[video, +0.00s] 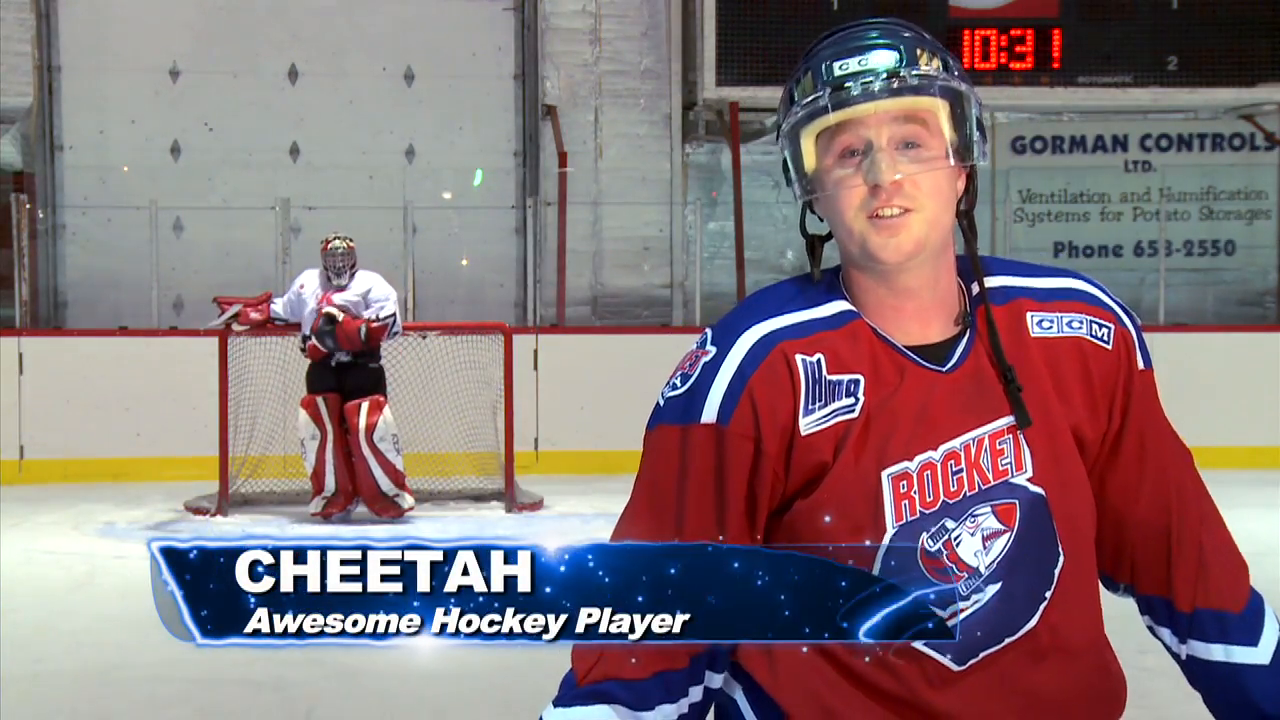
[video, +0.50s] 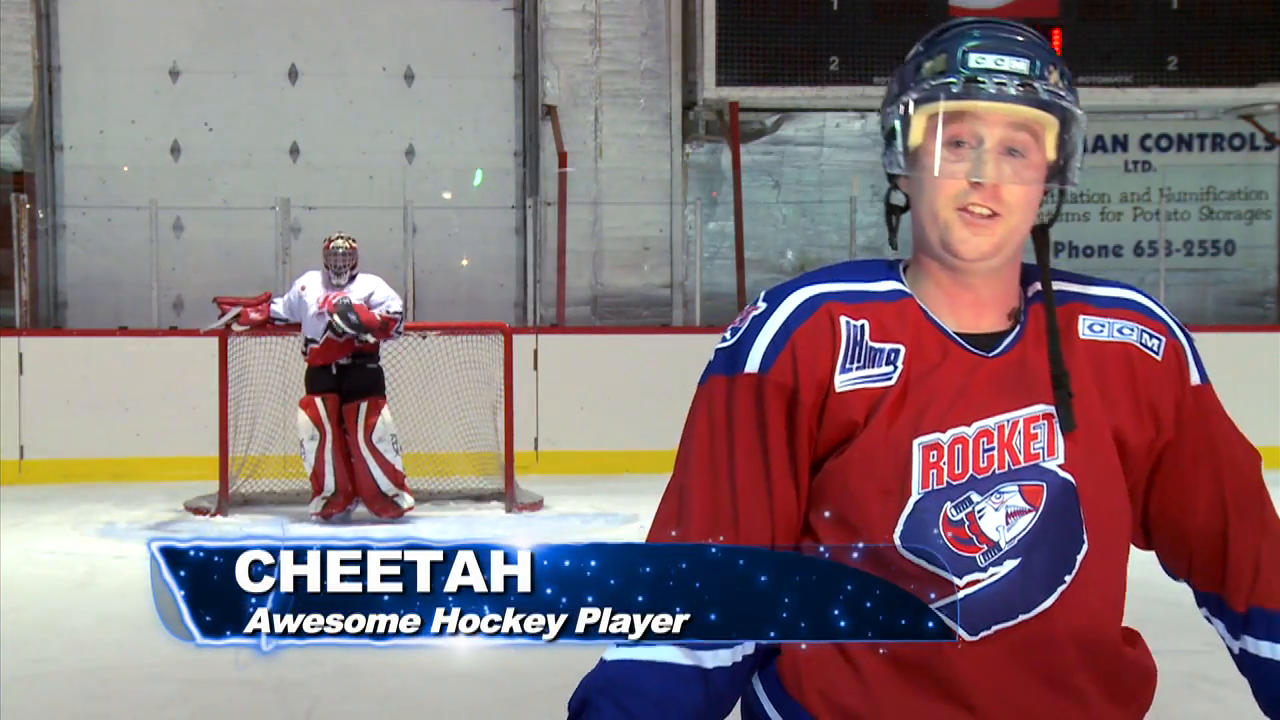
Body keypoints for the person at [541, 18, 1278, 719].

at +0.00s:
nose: (884, 176)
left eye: (911, 144)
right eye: (851, 153)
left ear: (959, 170)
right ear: (812, 187)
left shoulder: (1080, 327)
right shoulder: (747, 368)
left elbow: (1198, 581)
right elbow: (635, 645)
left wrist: (1268, 700)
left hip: (1068, 708)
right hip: (828, 715)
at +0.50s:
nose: (987, 174)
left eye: (1018, 148)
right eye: (957, 140)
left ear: (1050, 178)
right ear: (905, 156)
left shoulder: (1135, 342)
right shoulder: (798, 337)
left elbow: (1258, 583)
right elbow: (696, 602)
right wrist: (633, 715)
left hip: (1082, 704)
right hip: (848, 708)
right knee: (617, 689)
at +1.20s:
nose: (1032, 192)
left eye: (1063, 162)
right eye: (1001, 158)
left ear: (1097, 182)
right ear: (950, 171)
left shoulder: (1172, 345)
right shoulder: (843, 330)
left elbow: (1249, 592)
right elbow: (731, 562)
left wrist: (1254, 705)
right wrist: (708, 702)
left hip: (1102, 703)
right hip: (864, 705)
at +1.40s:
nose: (994, 201)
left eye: (1020, 168)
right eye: (961, 170)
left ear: (1056, 184)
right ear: (912, 185)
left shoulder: (1154, 340)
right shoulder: (823, 329)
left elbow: (1223, 610)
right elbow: (729, 517)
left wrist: (1233, 714)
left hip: (1093, 707)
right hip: (855, 707)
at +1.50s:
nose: (971, 198)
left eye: (998, 165)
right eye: (940, 168)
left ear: (1035, 182)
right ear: (891, 186)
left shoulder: (1138, 336)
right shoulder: (806, 320)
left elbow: (1221, 605)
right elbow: (741, 533)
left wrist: (1235, 713)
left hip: (1093, 707)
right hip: (847, 706)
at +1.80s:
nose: (925, 183)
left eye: (951, 150)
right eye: (894, 154)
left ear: (996, 172)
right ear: (845, 174)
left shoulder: (1101, 326)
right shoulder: (764, 312)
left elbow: (1180, 586)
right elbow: (713, 507)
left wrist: (1214, 712)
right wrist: (792, 390)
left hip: (1062, 707)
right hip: (824, 707)